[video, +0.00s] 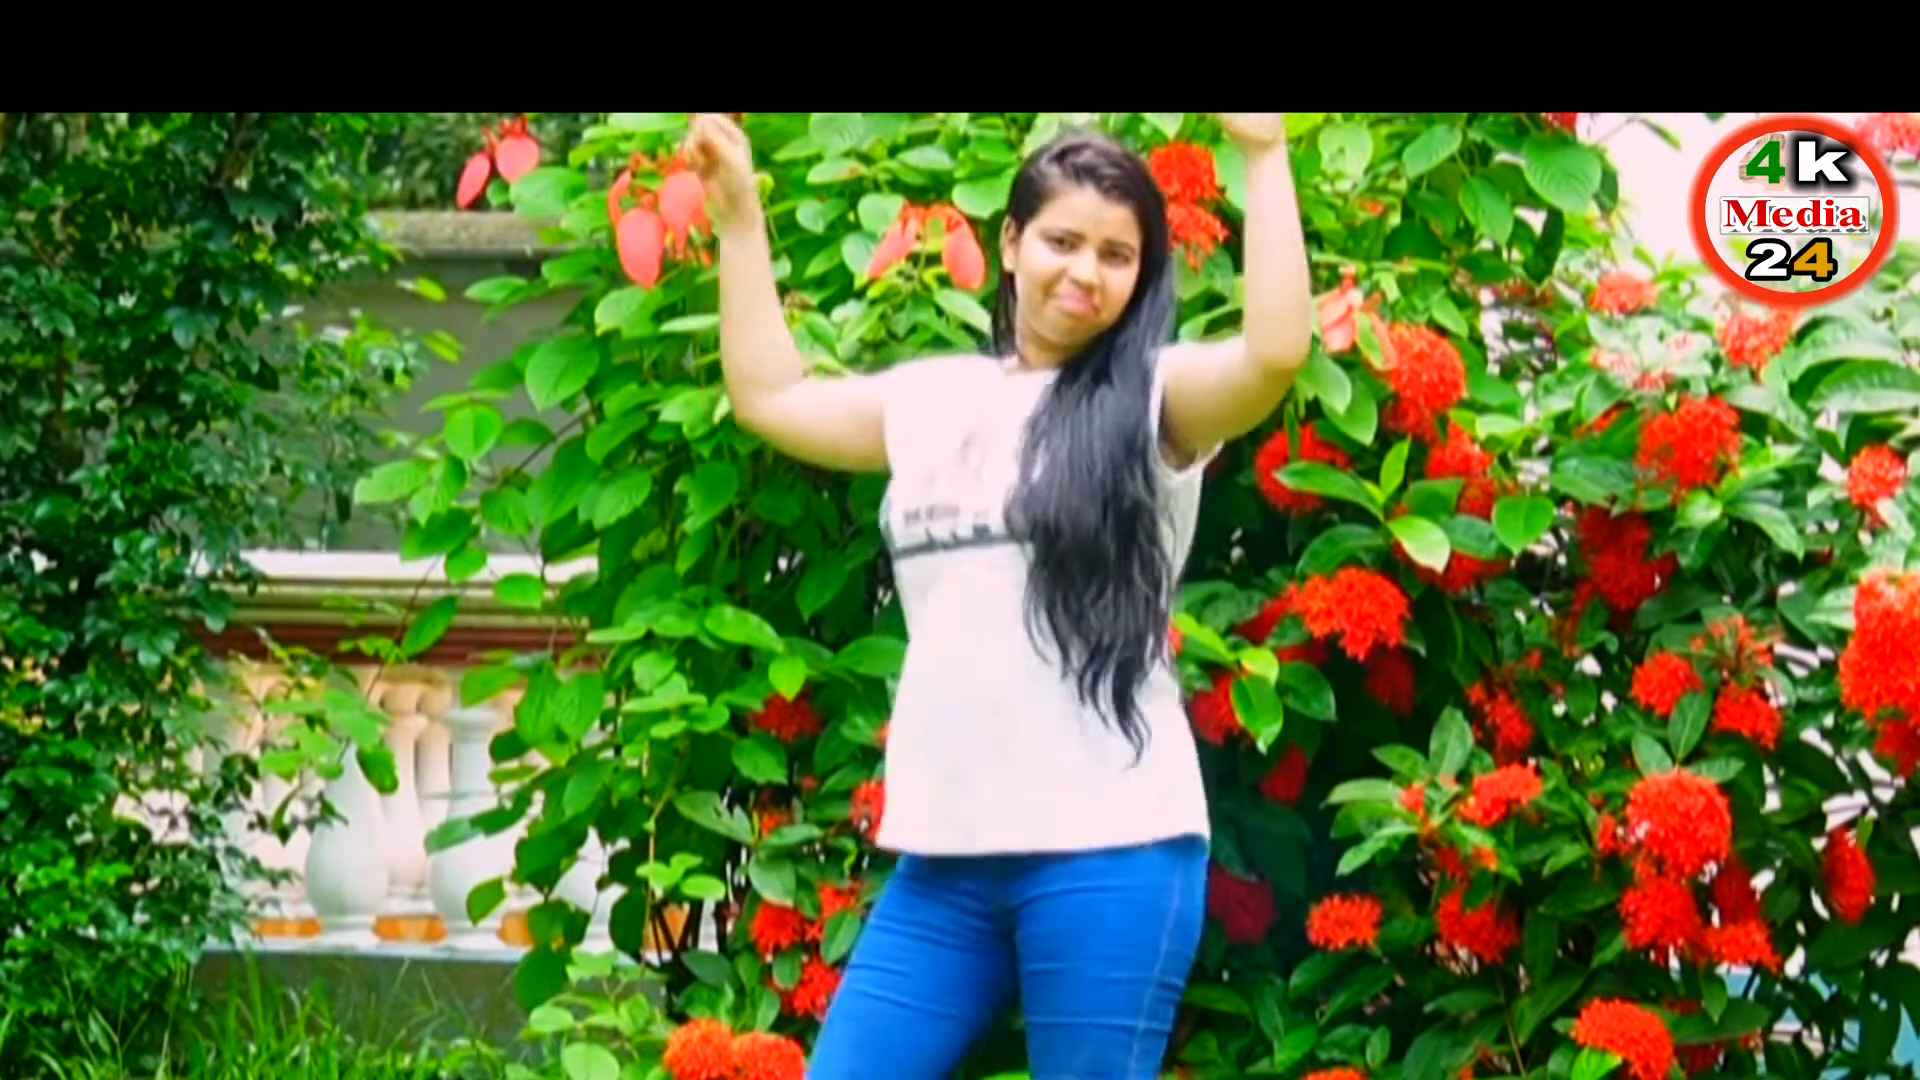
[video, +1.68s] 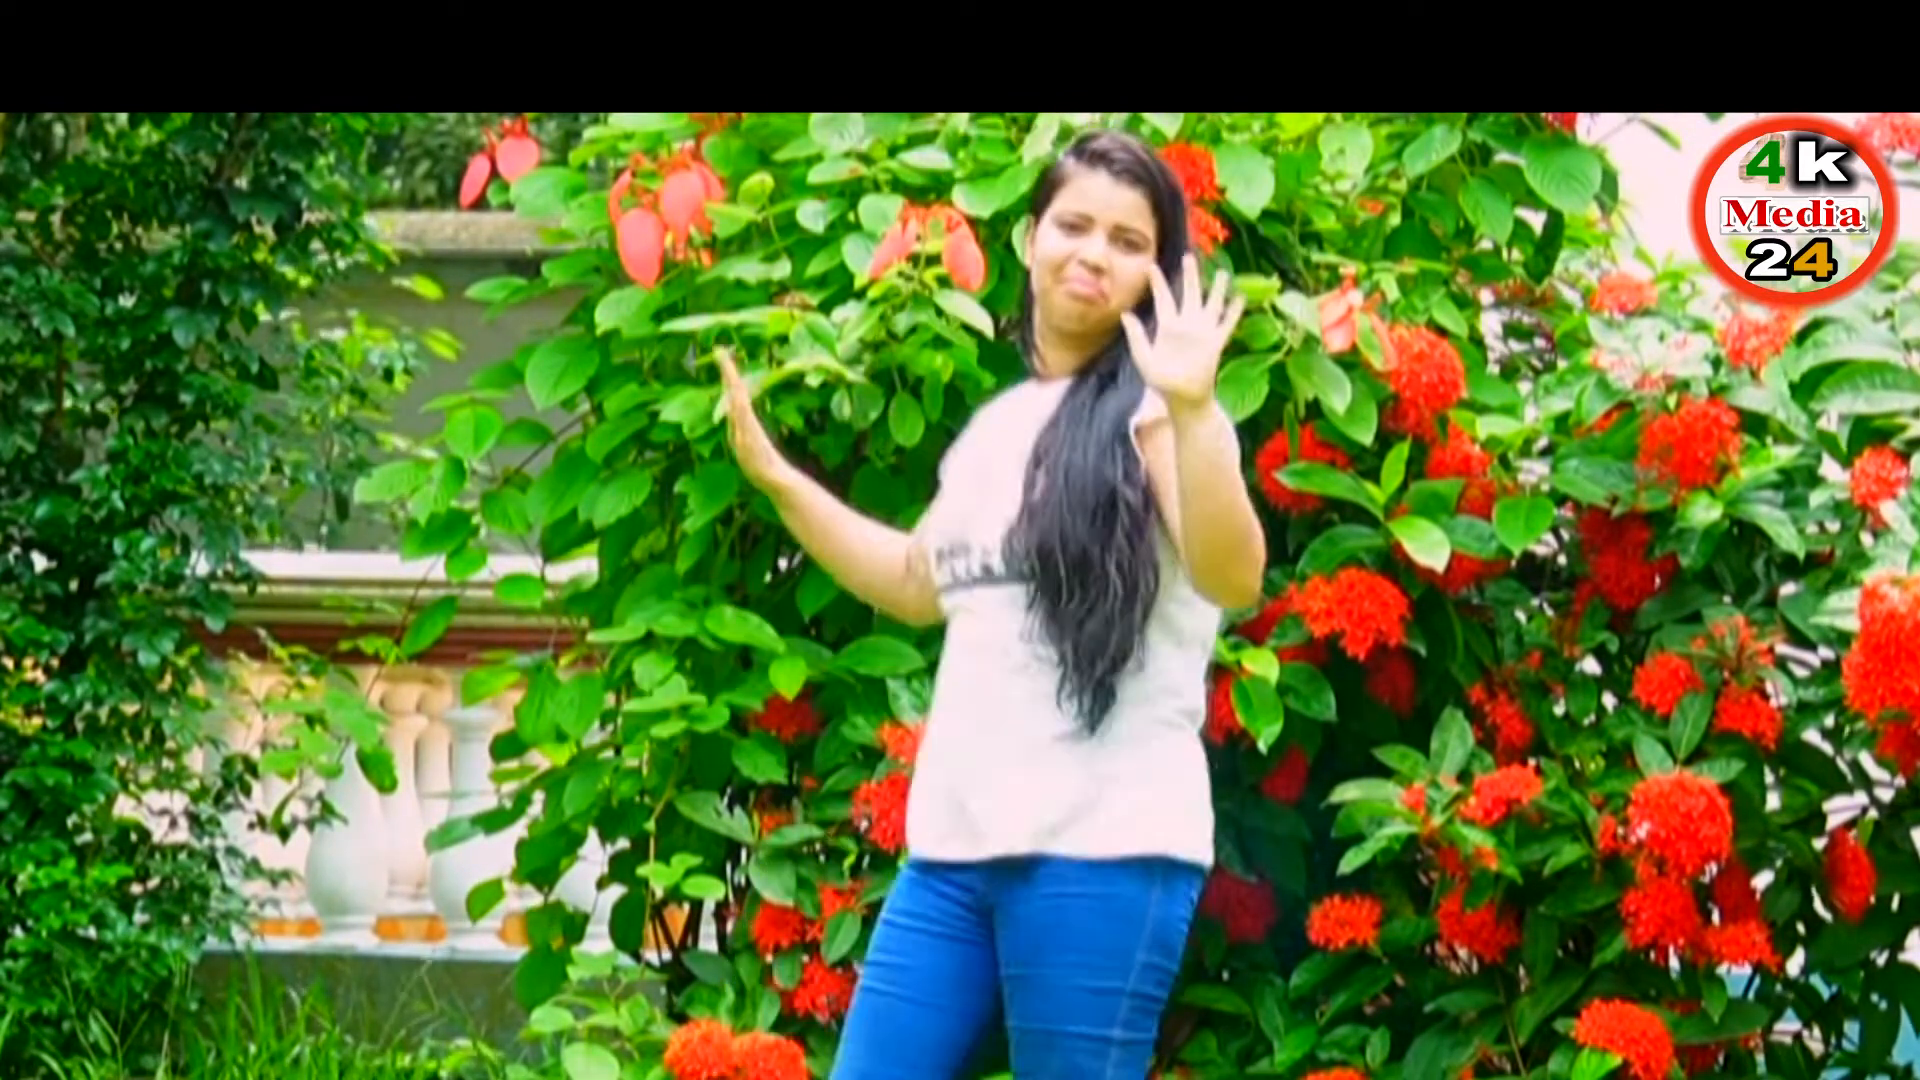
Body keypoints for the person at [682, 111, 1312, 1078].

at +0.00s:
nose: (1084, 274)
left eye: (1115, 255)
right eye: (1062, 241)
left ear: (1142, 276)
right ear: (1012, 243)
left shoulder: (1152, 396)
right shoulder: (927, 397)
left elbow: (1276, 352)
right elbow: (767, 396)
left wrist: (1264, 151)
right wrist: (738, 221)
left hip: (1110, 861)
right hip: (939, 863)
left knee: (1088, 1072)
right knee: (841, 1070)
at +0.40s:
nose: (1032, 254)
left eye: (1064, 241)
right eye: (1013, 222)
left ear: (1086, 269)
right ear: (960, 226)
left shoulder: (1093, 384)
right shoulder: (874, 399)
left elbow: (1212, 437)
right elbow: (730, 466)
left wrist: (1179, 257)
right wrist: (667, 318)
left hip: (1036, 861)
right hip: (859, 850)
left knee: (1051, 1070)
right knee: (806, 1069)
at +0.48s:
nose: (1016, 251)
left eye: (1049, 236)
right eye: (998, 217)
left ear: (1074, 264)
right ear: (945, 222)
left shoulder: (1079, 387)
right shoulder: (851, 405)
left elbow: (1221, 480)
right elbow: (746, 512)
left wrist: (1187, 304)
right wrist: (673, 357)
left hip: (1027, 853)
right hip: (850, 853)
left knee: (1060, 1070)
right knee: (796, 1069)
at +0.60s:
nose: (989, 263)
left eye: (1021, 248)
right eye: (969, 229)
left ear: (1042, 276)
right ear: (916, 233)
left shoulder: (1046, 418)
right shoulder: (829, 421)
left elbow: (1165, 592)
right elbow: (783, 600)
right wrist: (634, 471)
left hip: (1004, 861)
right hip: (829, 862)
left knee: (1036, 1070)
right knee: (769, 1071)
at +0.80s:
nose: (968, 288)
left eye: (999, 273)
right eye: (948, 256)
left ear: (1020, 299)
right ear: (890, 260)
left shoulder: (1031, 430)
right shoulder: (827, 448)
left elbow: (1126, 635)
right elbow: (741, 619)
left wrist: (1149, 611)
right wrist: (559, 585)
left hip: (983, 885)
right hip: (804, 879)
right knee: (733, 1072)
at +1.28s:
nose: (1003, 260)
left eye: (1037, 247)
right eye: (984, 229)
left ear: (1067, 281)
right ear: (938, 240)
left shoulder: (1090, 411)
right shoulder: (899, 431)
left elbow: (1169, 589)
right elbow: (840, 606)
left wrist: (1113, 497)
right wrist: (670, 549)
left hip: (1019, 866)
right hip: (845, 851)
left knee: (1027, 1069)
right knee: (781, 1069)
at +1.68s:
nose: (1090, 256)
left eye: (1125, 241)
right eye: (1073, 225)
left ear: (1159, 275)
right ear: (1029, 239)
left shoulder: (1164, 405)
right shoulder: (995, 424)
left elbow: (1234, 582)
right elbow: (917, 586)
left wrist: (1193, 413)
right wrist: (775, 476)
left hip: (1105, 852)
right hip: (951, 845)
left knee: (1075, 1071)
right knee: (868, 1069)